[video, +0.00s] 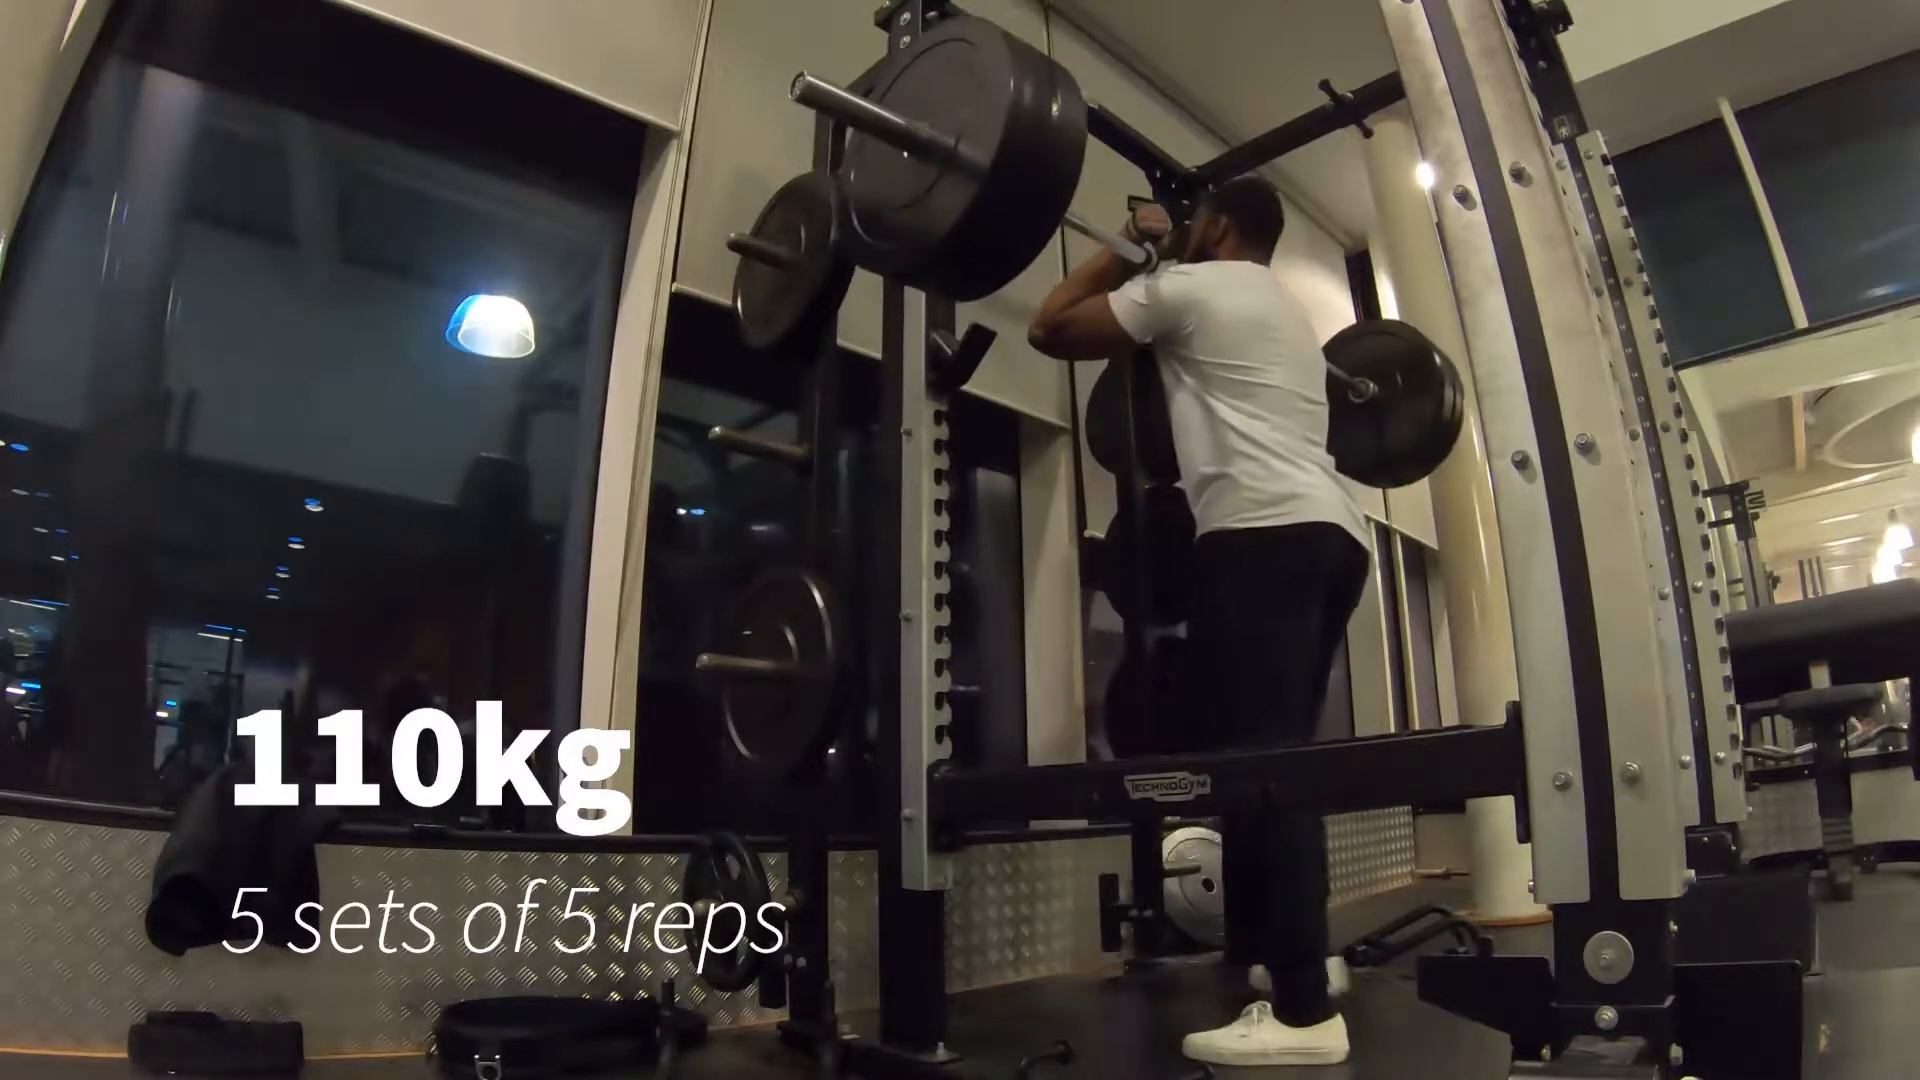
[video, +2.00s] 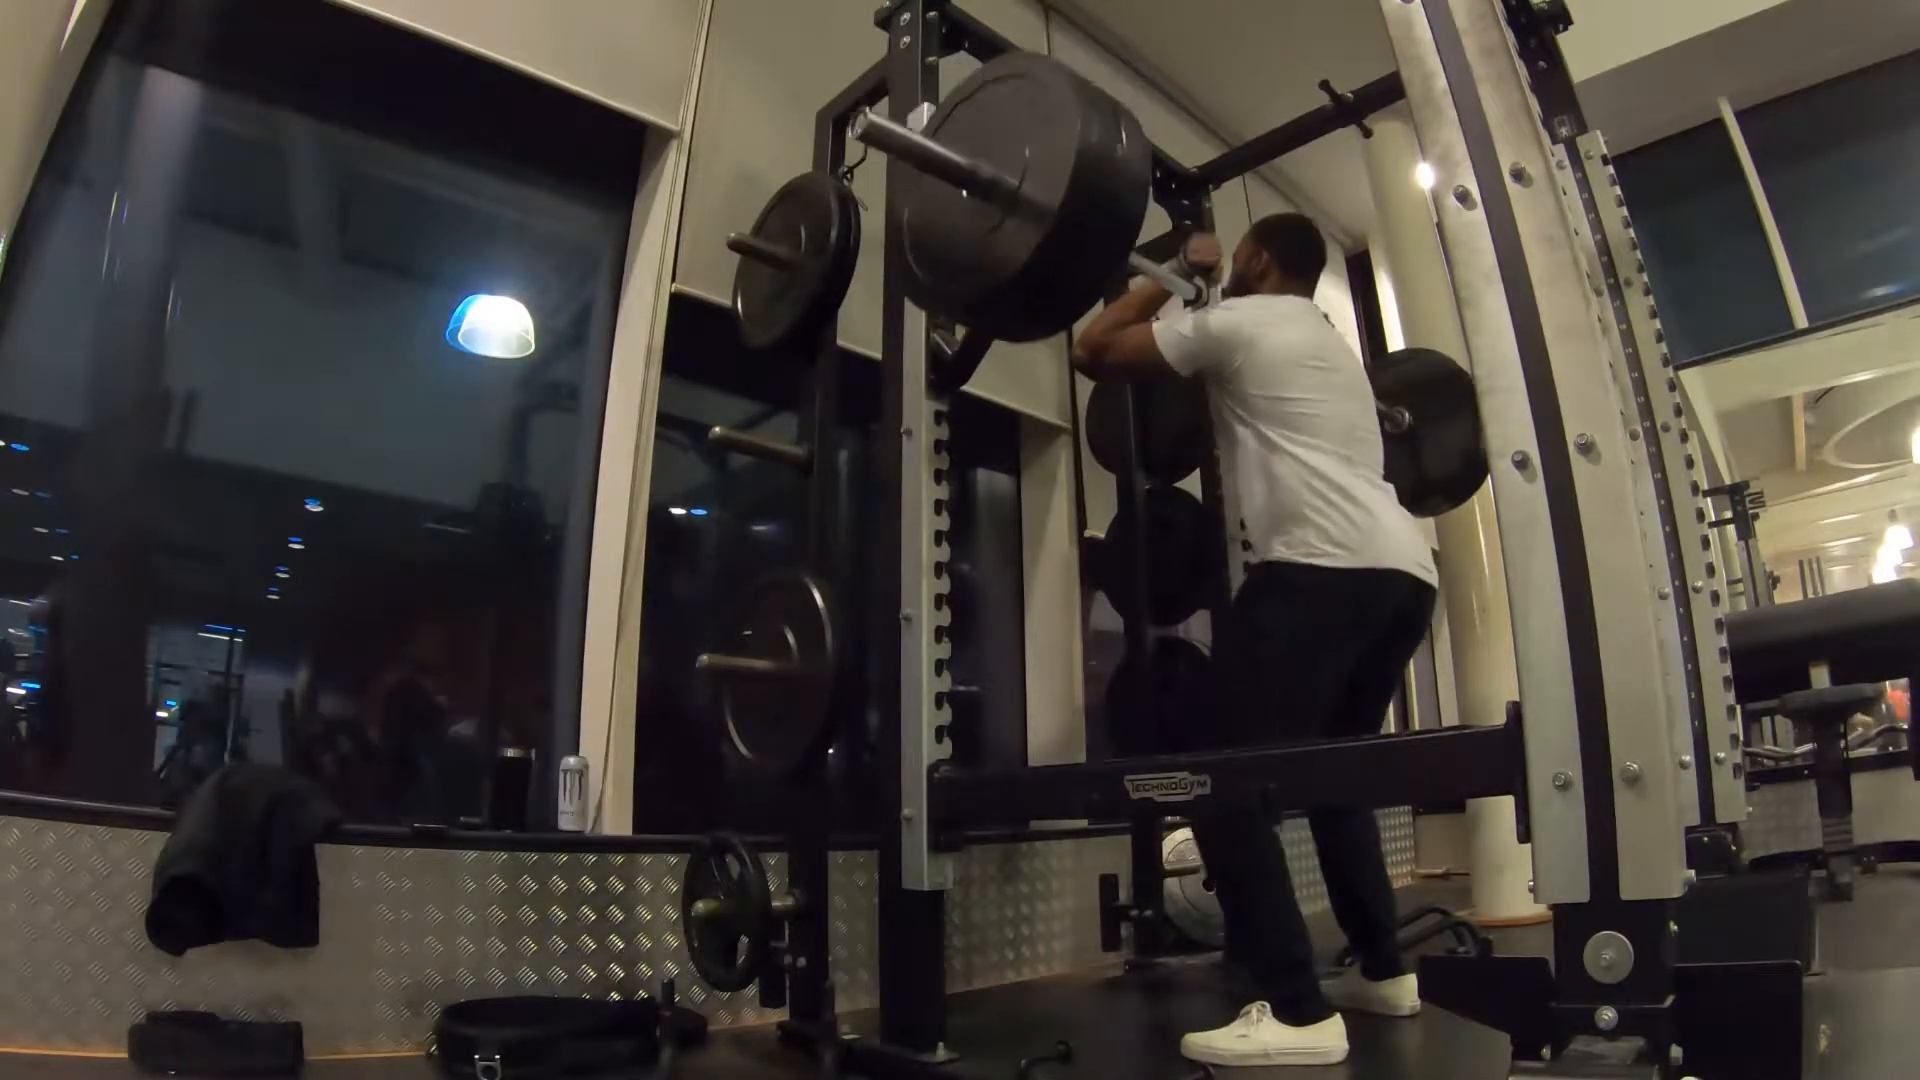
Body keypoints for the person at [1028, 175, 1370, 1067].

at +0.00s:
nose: (1187, 234)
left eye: (1194, 223)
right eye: (1191, 224)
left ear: (1218, 226)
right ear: (1263, 239)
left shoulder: (1194, 291)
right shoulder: (1290, 312)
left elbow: (1049, 326)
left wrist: (1124, 245)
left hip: (1263, 541)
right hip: (1329, 540)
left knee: (1268, 771)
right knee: (1268, 767)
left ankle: (1302, 1013)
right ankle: (1290, 976)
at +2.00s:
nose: (1237, 274)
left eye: (1242, 263)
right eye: (1239, 265)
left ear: (1259, 263)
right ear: (1312, 275)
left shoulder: (1236, 325)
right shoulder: (1333, 341)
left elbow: (1093, 345)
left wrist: (1156, 280)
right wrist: (1212, 286)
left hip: (1312, 573)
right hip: (1405, 578)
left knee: (1229, 783)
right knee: (1335, 769)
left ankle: (1294, 1011)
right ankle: (1384, 970)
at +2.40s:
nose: (1222, 361)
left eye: (1232, 349)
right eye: (1227, 348)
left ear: (1259, 361)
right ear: (1302, 370)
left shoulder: (1242, 429)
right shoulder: (1339, 431)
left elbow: (1096, 464)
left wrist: (1168, 391)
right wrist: (1219, 387)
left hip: (1349, 662)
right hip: (1441, 675)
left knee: (1174, 793)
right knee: (1313, 779)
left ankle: (1294, 1013)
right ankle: (1384, 970)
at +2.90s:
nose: (1225, 474)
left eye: (1233, 462)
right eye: (1228, 461)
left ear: (1256, 471)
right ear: (1305, 475)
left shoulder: (1241, 548)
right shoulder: (1334, 536)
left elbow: (1108, 595)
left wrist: (1166, 507)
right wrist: (1224, 503)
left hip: (1366, 780)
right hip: (1453, 777)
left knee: (1158, 824)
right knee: (1294, 791)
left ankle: (1294, 1013)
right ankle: (1382, 971)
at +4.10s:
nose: (1210, 371)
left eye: (1217, 358)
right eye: (1214, 358)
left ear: (1238, 364)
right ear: (1288, 374)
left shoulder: (1230, 433)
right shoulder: (1323, 436)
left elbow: (1088, 485)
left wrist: (1148, 407)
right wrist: (1203, 399)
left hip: (1338, 658)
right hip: (1429, 671)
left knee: (1171, 795)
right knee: (1313, 779)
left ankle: (1289, 1010)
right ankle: (1382, 969)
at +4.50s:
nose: (1203, 256)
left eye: (1212, 244)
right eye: (1208, 245)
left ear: (1238, 247)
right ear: (1278, 255)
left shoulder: (1218, 310)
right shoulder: (1308, 320)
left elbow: (1082, 346)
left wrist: (1144, 276)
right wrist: (1176, 285)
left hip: (1283, 551)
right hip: (1369, 550)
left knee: (1252, 773)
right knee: (1338, 764)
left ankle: (1296, 1008)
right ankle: (1385, 968)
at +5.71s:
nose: (1218, 358)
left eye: (1225, 345)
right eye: (1220, 345)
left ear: (1250, 352)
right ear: (1298, 359)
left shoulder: (1242, 418)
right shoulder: (1335, 419)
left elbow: (1097, 462)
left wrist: (1172, 387)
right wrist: (1214, 386)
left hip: (1356, 653)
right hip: (1447, 664)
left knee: (1181, 787)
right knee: (1323, 784)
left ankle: (1293, 1012)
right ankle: (1381, 971)